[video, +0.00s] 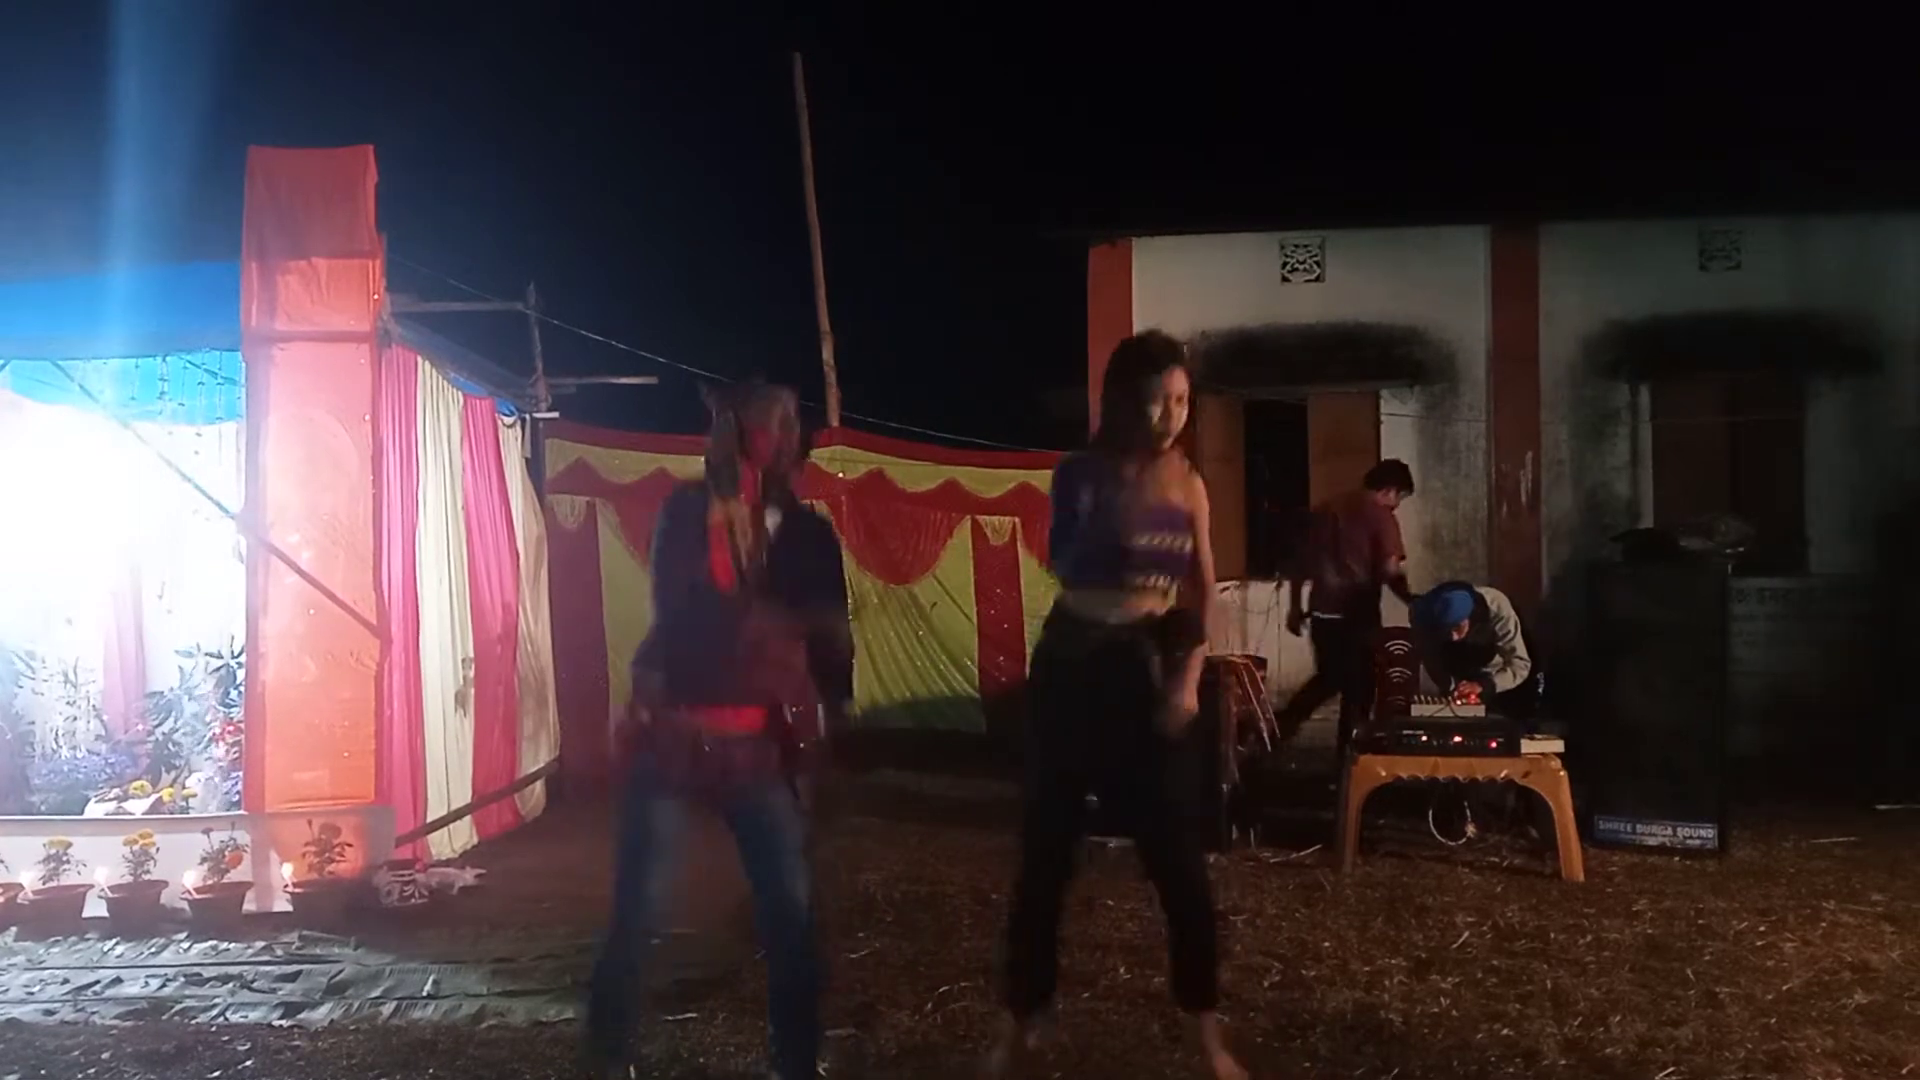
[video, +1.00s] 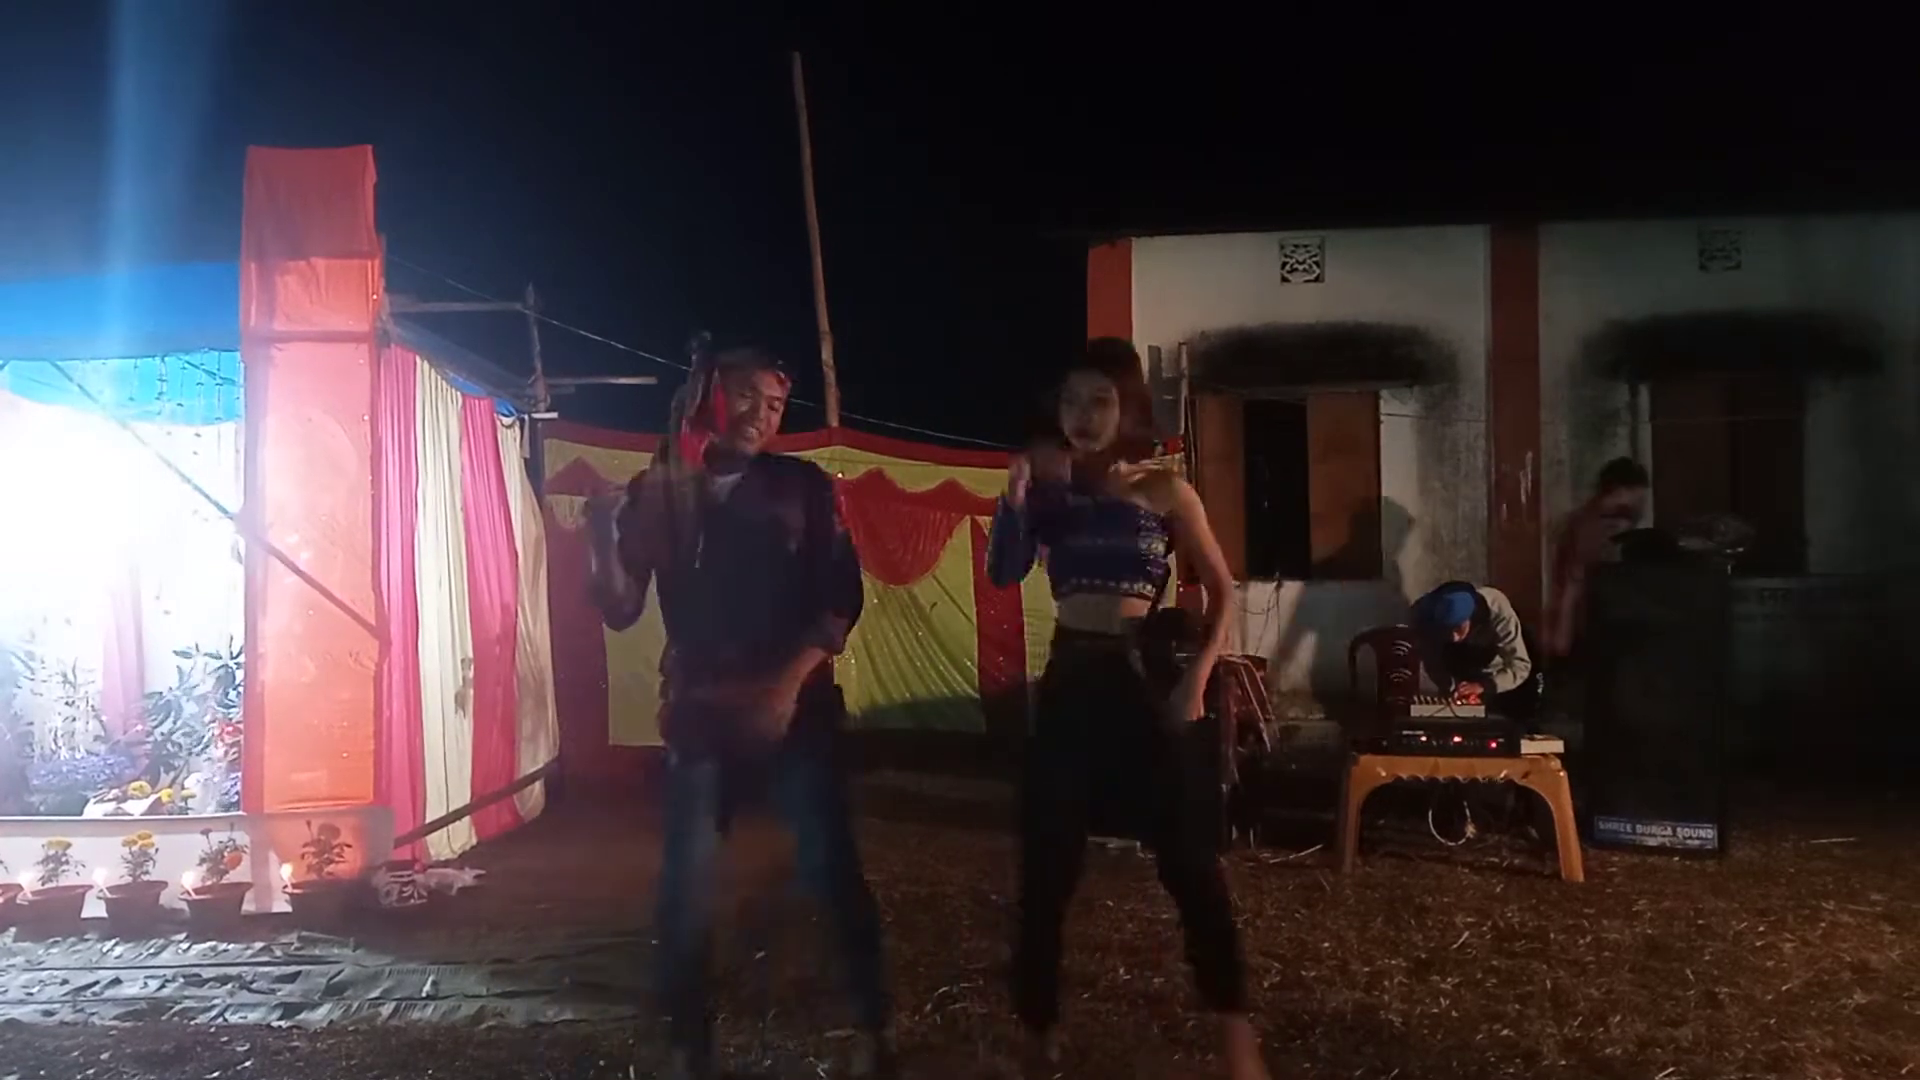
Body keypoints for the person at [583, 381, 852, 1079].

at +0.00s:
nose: (780, 438)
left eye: (788, 425)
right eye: (767, 423)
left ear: (796, 439)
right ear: (733, 432)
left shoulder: (810, 534)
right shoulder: (685, 511)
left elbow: (834, 645)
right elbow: (677, 609)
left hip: (760, 746)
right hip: (671, 740)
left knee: (790, 910)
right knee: (640, 909)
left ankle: (796, 1062)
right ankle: (607, 1056)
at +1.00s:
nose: (759, 414)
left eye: (772, 405)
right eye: (745, 398)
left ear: (780, 417)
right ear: (708, 400)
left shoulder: (804, 487)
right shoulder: (662, 491)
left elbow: (842, 600)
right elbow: (620, 609)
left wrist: (788, 681)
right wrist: (602, 533)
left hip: (796, 701)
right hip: (701, 706)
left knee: (829, 864)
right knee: (686, 879)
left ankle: (871, 1024)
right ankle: (688, 1042)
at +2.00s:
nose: (717, 436)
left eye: (741, 424)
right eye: (713, 423)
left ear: (771, 439)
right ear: (703, 428)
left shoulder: (790, 520)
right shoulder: (671, 500)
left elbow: (855, 613)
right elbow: (662, 586)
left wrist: (803, 546)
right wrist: (742, 549)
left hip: (738, 740)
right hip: (655, 737)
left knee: (765, 903)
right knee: (630, 903)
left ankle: (766, 1059)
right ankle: (569, 1058)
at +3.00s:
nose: (735, 496)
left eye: (748, 480)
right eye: (720, 479)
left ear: (760, 474)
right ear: (687, 471)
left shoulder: (783, 545)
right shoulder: (644, 553)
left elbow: (828, 631)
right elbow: (560, 628)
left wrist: (727, 638)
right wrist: (591, 646)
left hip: (803, 760)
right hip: (716, 773)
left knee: (864, 903)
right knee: (707, 928)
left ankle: (938, 1029)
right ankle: (732, 1064)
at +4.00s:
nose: (721, 467)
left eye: (732, 451)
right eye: (701, 452)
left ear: (744, 457)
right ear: (665, 460)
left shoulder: (774, 554)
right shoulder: (633, 545)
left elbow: (823, 658)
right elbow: (549, 591)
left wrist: (818, 764)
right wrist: (649, 574)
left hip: (717, 777)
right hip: (622, 772)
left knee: (755, 938)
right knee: (580, 934)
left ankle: (755, 1065)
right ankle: (527, 1068)